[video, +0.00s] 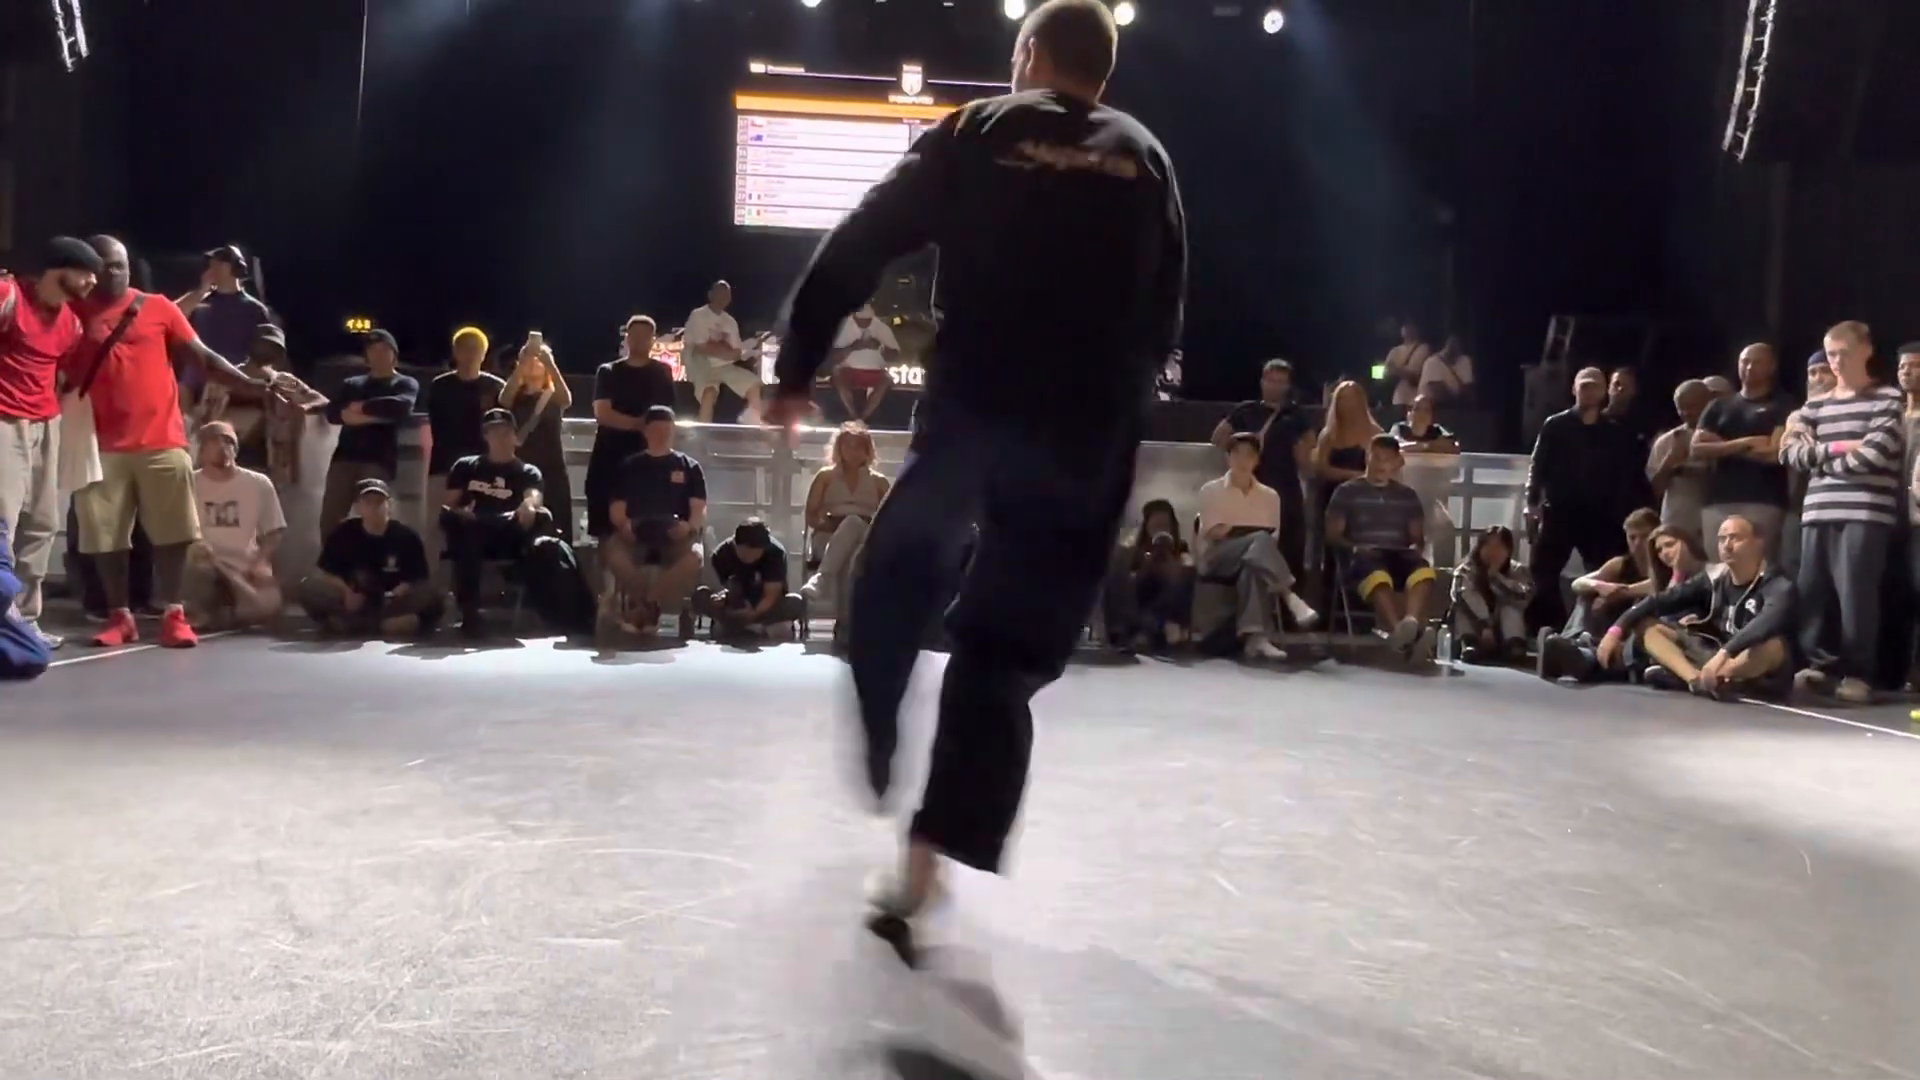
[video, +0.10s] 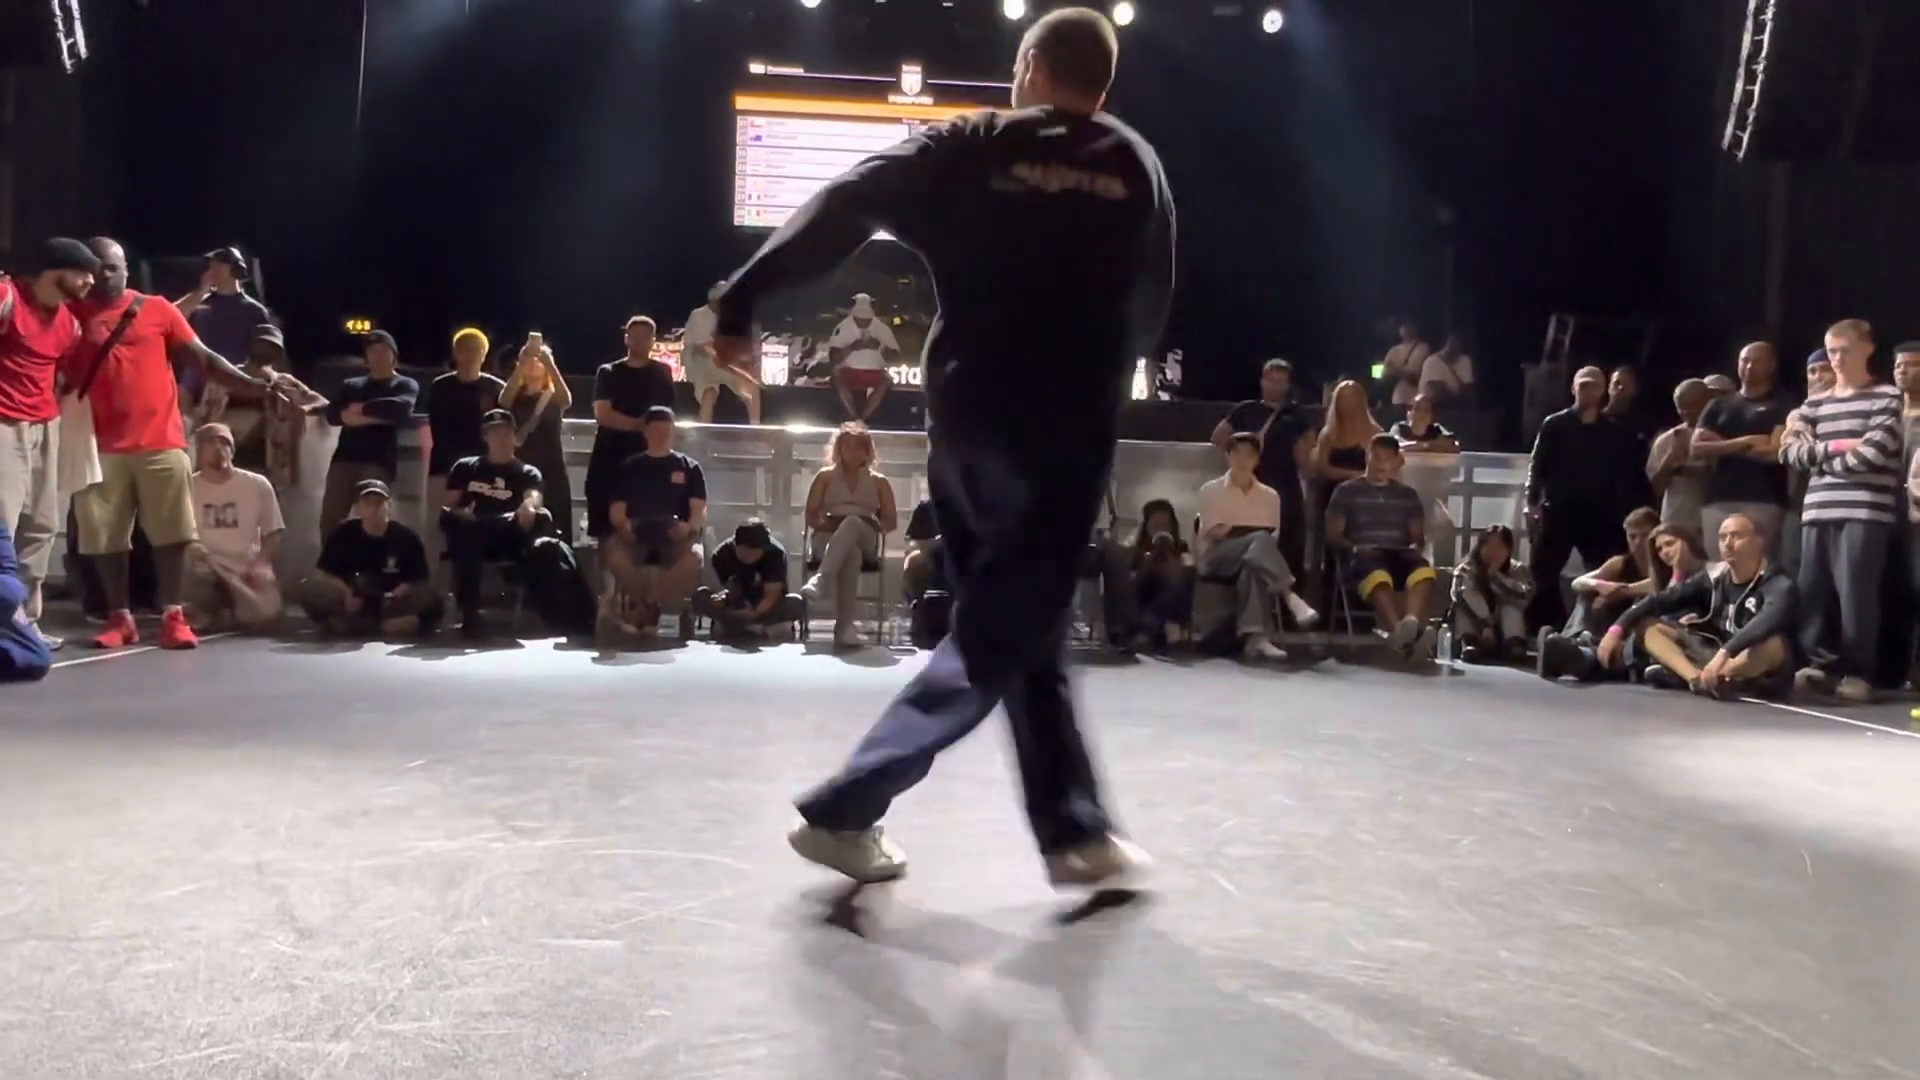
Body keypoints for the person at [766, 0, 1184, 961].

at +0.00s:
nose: (1012, 65)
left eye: (1017, 52)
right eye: (1026, 54)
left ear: (1029, 55)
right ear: (1106, 75)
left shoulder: (969, 135)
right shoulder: (1150, 163)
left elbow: (858, 245)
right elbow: (1162, 328)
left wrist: (795, 367)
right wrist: (1101, 391)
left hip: (970, 409)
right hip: (1082, 437)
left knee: (900, 579)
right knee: (1002, 655)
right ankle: (920, 868)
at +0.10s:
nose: (1018, 82)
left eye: (1019, 69)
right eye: (1029, 72)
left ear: (1028, 70)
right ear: (1110, 84)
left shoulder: (963, 145)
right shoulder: (1139, 164)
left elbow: (841, 206)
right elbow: (1153, 303)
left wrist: (738, 299)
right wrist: (1113, 360)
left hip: (970, 404)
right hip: (1074, 416)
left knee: (1022, 626)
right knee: (994, 633)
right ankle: (843, 808)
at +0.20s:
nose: (1007, 104)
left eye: (1011, 90)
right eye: (1017, 91)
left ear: (1023, 92)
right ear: (1100, 107)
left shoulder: (973, 189)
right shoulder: (1141, 204)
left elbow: (858, 272)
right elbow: (1213, 334)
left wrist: (784, 355)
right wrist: (1154, 375)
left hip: (969, 447)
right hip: (1062, 458)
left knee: (1063, 656)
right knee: (955, 665)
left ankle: (1102, 865)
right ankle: (818, 839)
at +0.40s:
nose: (1176, 65)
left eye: (1179, 47)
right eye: (1164, 43)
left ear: (1124, 49)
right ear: (1102, 40)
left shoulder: (1107, 172)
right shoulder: (1049, 109)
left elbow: (1096, 304)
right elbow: (990, 146)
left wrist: (1104, 353)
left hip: (1030, 394)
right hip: (957, 386)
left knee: (1057, 629)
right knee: (909, 615)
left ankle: (1094, 873)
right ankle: (841, 813)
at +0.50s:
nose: (1065, 15)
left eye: (1084, 4)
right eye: (1063, 5)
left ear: (1136, 17)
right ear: (1050, 17)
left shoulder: (1158, 160)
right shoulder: (992, 109)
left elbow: (1150, 305)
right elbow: (873, 184)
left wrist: (997, 324)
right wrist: (924, 289)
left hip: (1051, 408)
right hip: (942, 400)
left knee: (1047, 638)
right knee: (913, 607)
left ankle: (1071, 894)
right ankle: (968, 784)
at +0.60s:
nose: (994, 27)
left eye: (1001, 11)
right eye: (1001, 12)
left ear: (1024, 20)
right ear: (1082, 29)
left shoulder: (1058, 130)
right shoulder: (1065, 123)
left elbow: (1031, 286)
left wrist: (931, 327)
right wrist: (951, 317)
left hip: (1014, 445)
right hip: (1032, 438)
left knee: (978, 657)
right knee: (1026, 640)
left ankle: (1039, 896)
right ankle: (1094, 828)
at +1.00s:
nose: (925, 94)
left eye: (925, 79)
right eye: (932, 78)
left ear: (936, 83)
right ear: (1011, 78)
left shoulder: (958, 159)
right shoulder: (1047, 150)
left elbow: (922, 287)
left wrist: (897, 408)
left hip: (1038, 405)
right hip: (1102, 395)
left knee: (994, 636)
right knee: (1000, 599)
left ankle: (1069, 895)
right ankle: (1004, 788)